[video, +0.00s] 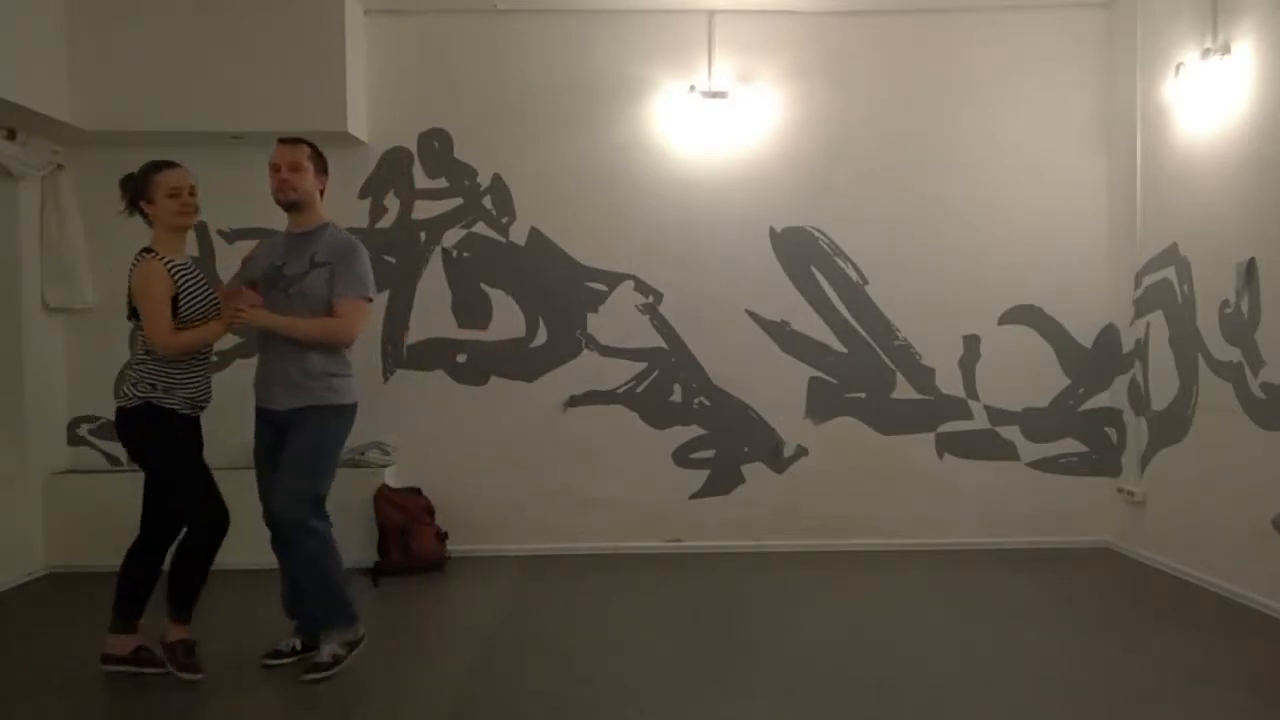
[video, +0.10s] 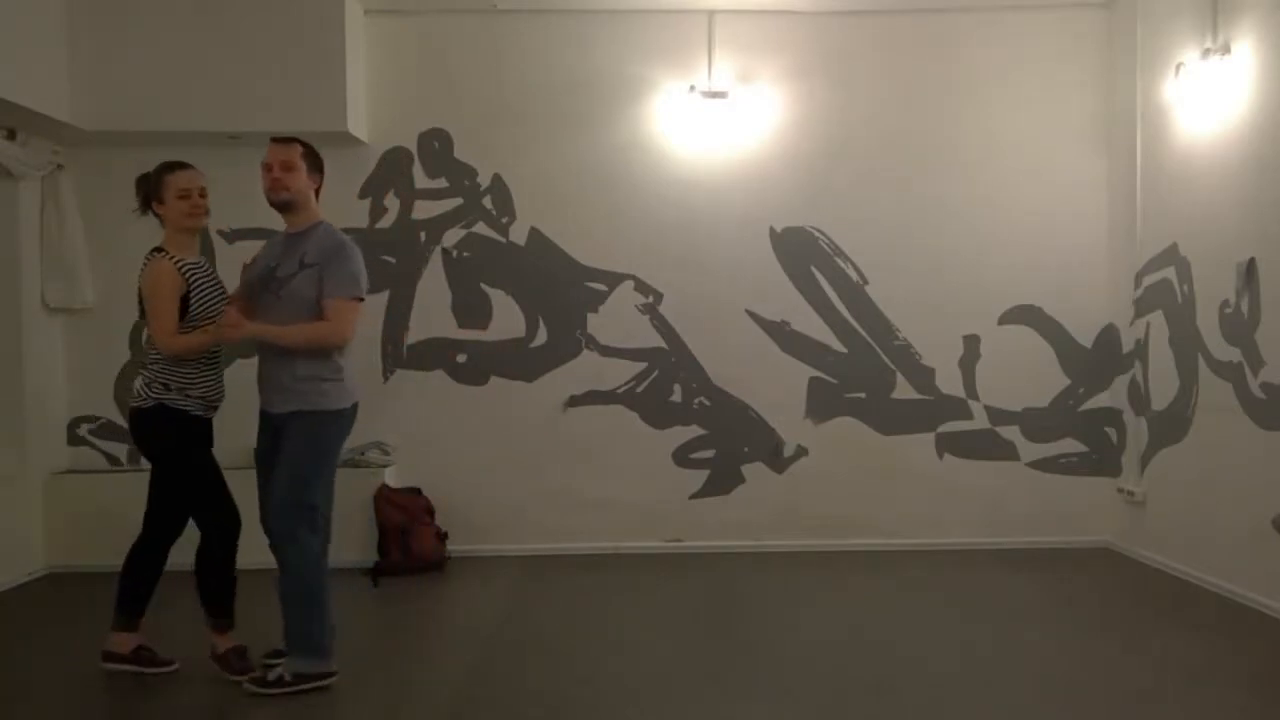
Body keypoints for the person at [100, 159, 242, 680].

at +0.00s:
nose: (189, 200)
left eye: (192, 192)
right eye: (175, 195)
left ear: (197, 201)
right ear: (147, 208)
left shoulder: (186, 263)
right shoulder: (152, 266)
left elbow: (186, 329)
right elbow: (163, 342)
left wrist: (229, 304)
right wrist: (222, 322)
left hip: (177, 410)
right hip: (152, 412)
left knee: (158, 528)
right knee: (211, 518)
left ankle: (121, 639)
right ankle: (177, 631)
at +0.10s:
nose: (199, 202)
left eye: (202, 194)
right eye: (185, 195)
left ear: (208, 201)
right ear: (158, 208)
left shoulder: (197, 262)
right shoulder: (163, 266)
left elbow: (197, 326)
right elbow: (164, 341)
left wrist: (238, 301)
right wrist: (220, 331)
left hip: (190, 413)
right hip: (166, 415)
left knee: (161, 527)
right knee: (222, 522)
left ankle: (122, 639)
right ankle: (224, 642)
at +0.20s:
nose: (210, 210)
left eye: (215, 202)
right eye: (197, 204)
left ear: (222, 207)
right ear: (173, 214)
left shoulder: (213, 268)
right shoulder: (176, 272)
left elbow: (226, 333)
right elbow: (176, 351)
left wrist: (261, 319)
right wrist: (235, 338)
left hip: (208, 422)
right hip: (180, 423)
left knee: (169, 533)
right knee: (233, 527)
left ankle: (122, 640)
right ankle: (250, 646)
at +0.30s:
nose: (227, 209)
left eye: (231, 201)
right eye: (214, 202)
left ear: (238, 209)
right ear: (188, 213)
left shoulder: (235, 267)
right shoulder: (189, 271)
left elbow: (239, 332)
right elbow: (177, 347)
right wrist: (236, 330)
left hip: (233, 419)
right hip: (198, 419)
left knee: (198, 530)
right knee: (239, 526)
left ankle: (133, 629)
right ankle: (249, 648)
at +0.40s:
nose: (244, 211)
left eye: (249, 202)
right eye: (231, 203)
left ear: (257, 210)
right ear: (207, 214)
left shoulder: (266, 270)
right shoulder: (201, 273)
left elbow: (288, 327)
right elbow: (178, 350)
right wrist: (157, 320)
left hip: (262, 415)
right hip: (216, 415)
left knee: (244, 530)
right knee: (244, 530)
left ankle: (159, 614)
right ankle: (250, 648)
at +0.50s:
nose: (260, 215)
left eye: (267, 206)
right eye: (248, 208)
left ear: (279, 210)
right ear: (228, 217)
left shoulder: (288, 272)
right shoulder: (221, 275)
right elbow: (178, 329)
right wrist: (131, 300)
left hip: (277, 418)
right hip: (228, 418)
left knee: (267, 530)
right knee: (255, 534)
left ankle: (209, 600)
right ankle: (251, 643)